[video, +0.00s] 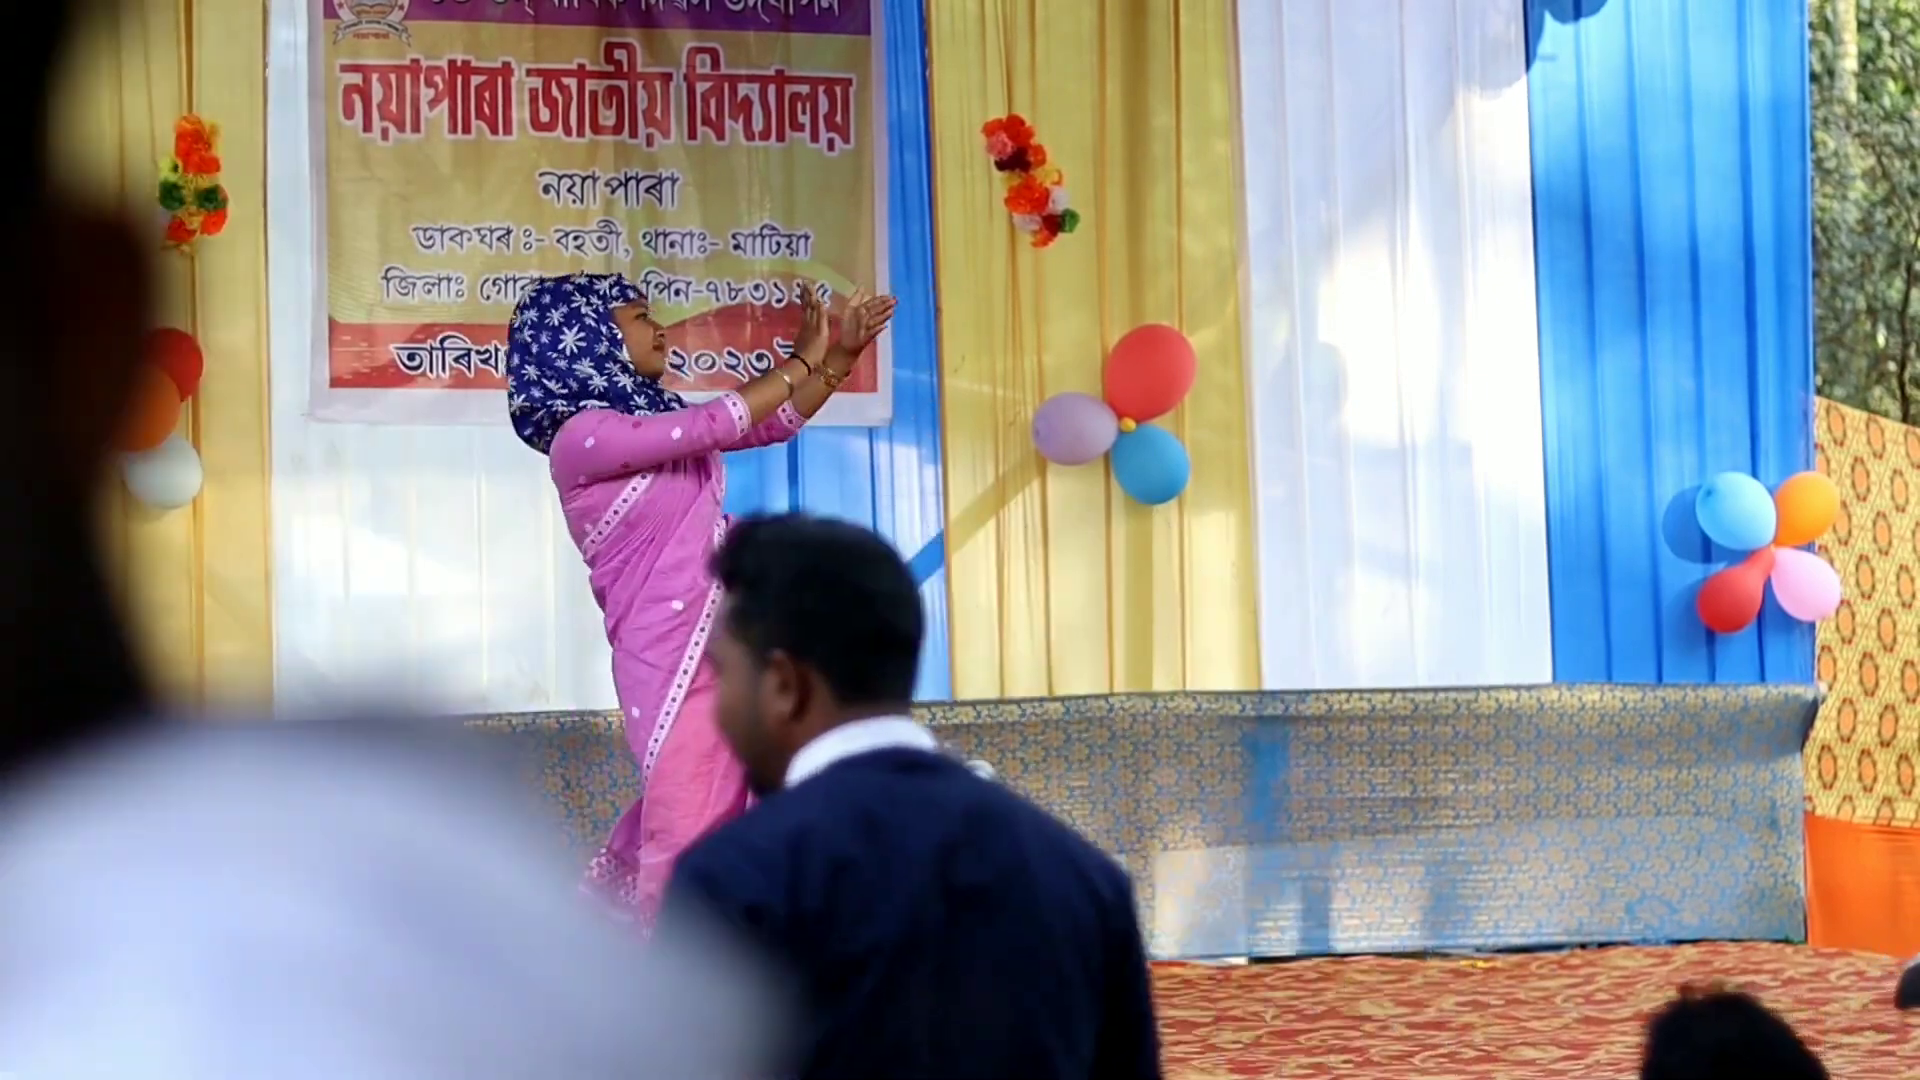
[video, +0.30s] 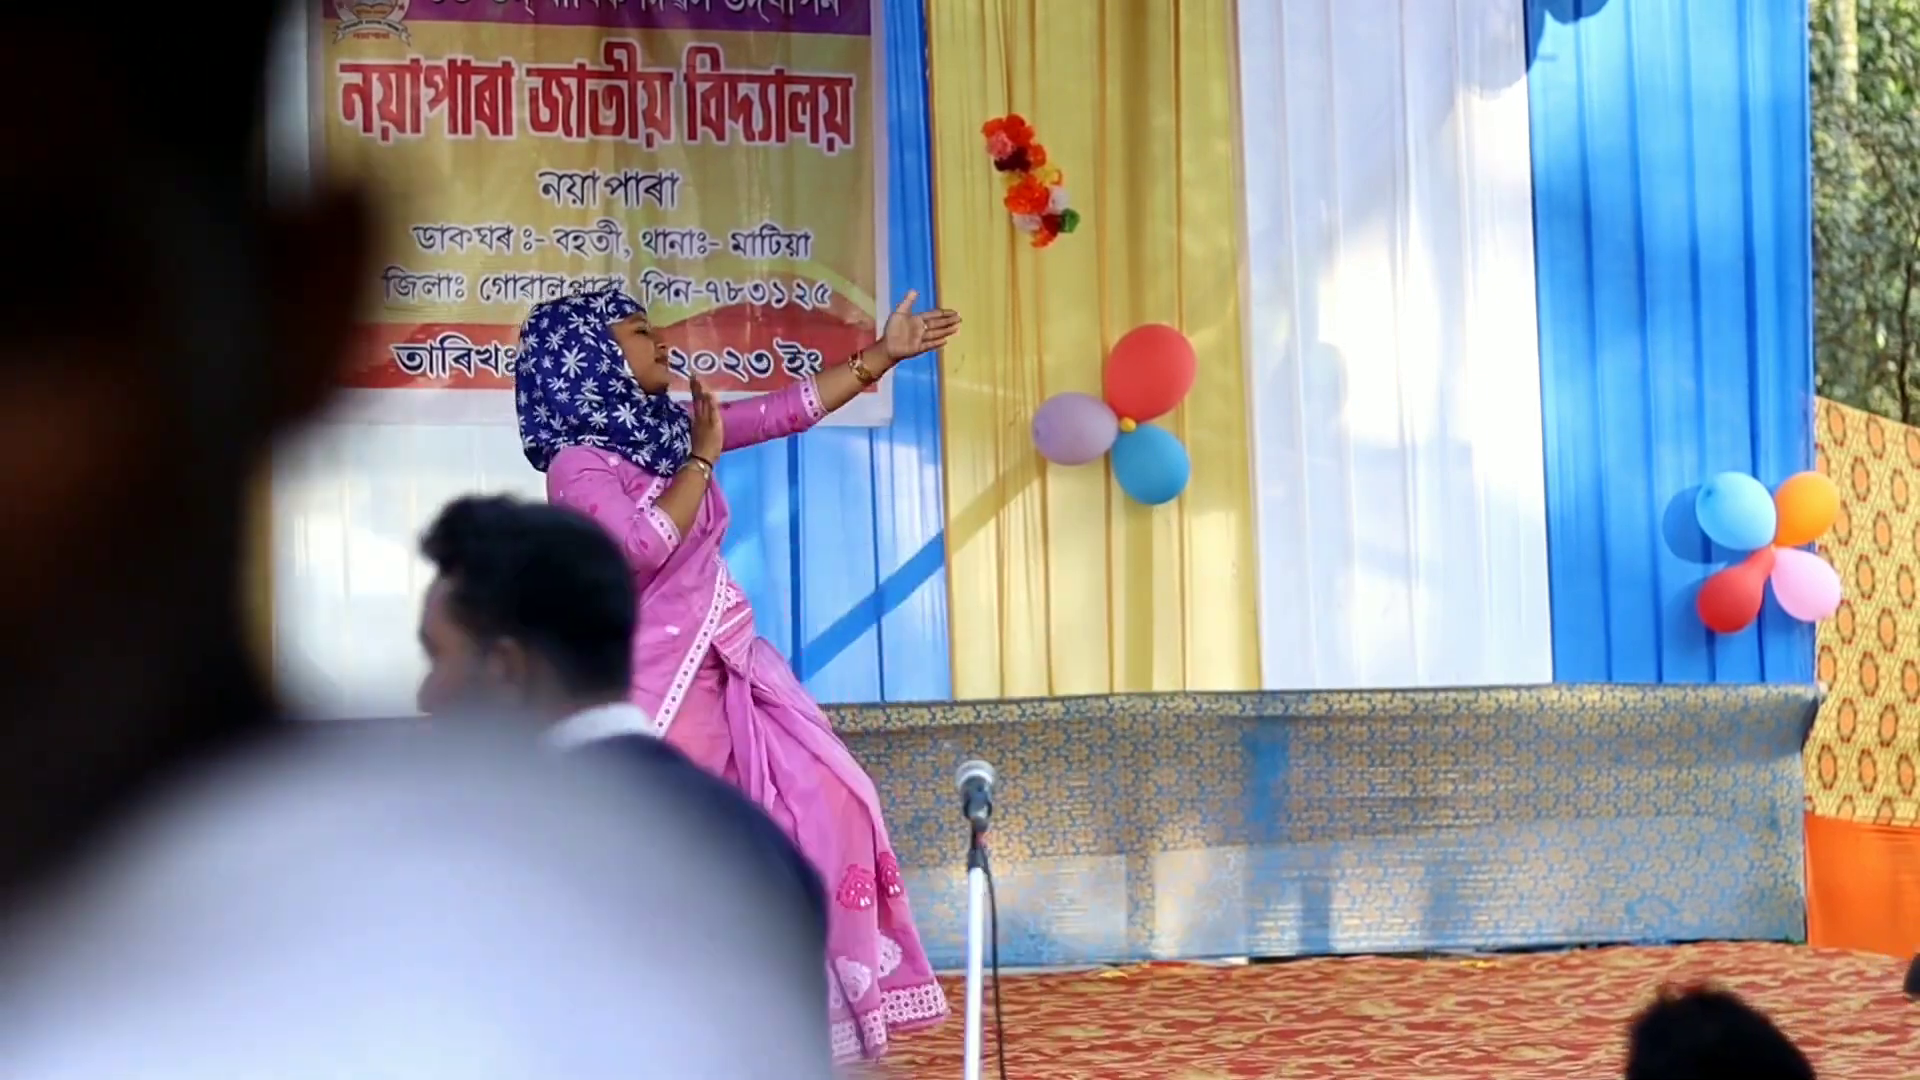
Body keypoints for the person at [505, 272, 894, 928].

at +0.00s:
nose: (660, 333)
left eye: (650, 318)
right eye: (640, 321)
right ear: (593, 342)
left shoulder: (658, 425)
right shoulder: (586, 437)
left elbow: (769, 425)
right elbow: (718, 421)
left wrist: (837, 359)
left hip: (725, 652)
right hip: (669, 666)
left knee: (729, 825)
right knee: (683, 833)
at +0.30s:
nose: (660, 344)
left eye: (651, 331)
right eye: (641, 333)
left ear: (615, 363)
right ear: (595, 362)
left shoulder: (671, 429)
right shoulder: (581, 467)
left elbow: (786, 408)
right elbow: (645, 546)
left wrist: (878, 356)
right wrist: (702, 458)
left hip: (736, 668)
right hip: (659, 689)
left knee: (838, 797)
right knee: (691, 849)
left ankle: (837, 1016)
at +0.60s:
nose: (671, 318)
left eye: (664, 305)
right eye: (653, 306)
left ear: (618, 329)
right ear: (606, 325)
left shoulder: (662, 412)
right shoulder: (584, 420)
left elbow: (779, 438)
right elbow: (686, 480)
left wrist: (879, 397)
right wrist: (750, 401)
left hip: (718, 648)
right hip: (640, 665)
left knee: (789, 817)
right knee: (661, 846)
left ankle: (829, 1021)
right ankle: (645, 1037)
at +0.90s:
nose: (675, 328)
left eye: (671, 314)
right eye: (654, 316)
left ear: (660, 328)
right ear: (604, 335)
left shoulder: (676, 420)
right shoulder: (594, 432)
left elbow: (772, 469)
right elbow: (681, 514)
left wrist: (868, 472)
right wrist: (795, 548)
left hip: (723, 653)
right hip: (647, 667)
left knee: (757, 828)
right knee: (669, 843)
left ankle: (766, 1028)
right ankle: (654, 1035)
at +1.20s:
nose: (691, 304)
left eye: (696, 290)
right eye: (667, 296)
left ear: (711, 303)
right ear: (631, 320)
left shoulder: (743, 410)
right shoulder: (609, 404)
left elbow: (825, 493)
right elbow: (521, 476)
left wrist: (924, 527)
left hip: (733, 653)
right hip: (632, 659)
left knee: (763, 831)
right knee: (643, 852)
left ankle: (759, 1040)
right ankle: (648, 1042)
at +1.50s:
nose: (714, 295)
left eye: (729, 282)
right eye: (695, 286)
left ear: (757, 300)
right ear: (673, 309)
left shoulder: (781, 402)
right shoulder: (646, 385)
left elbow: (882, 470)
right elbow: (536, 414)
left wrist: (916, 377)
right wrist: (615, 347)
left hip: (772, 626)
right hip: (671, 629)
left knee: (784, 813)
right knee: (664, 816)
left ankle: (787, 1026)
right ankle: (652, 1029)